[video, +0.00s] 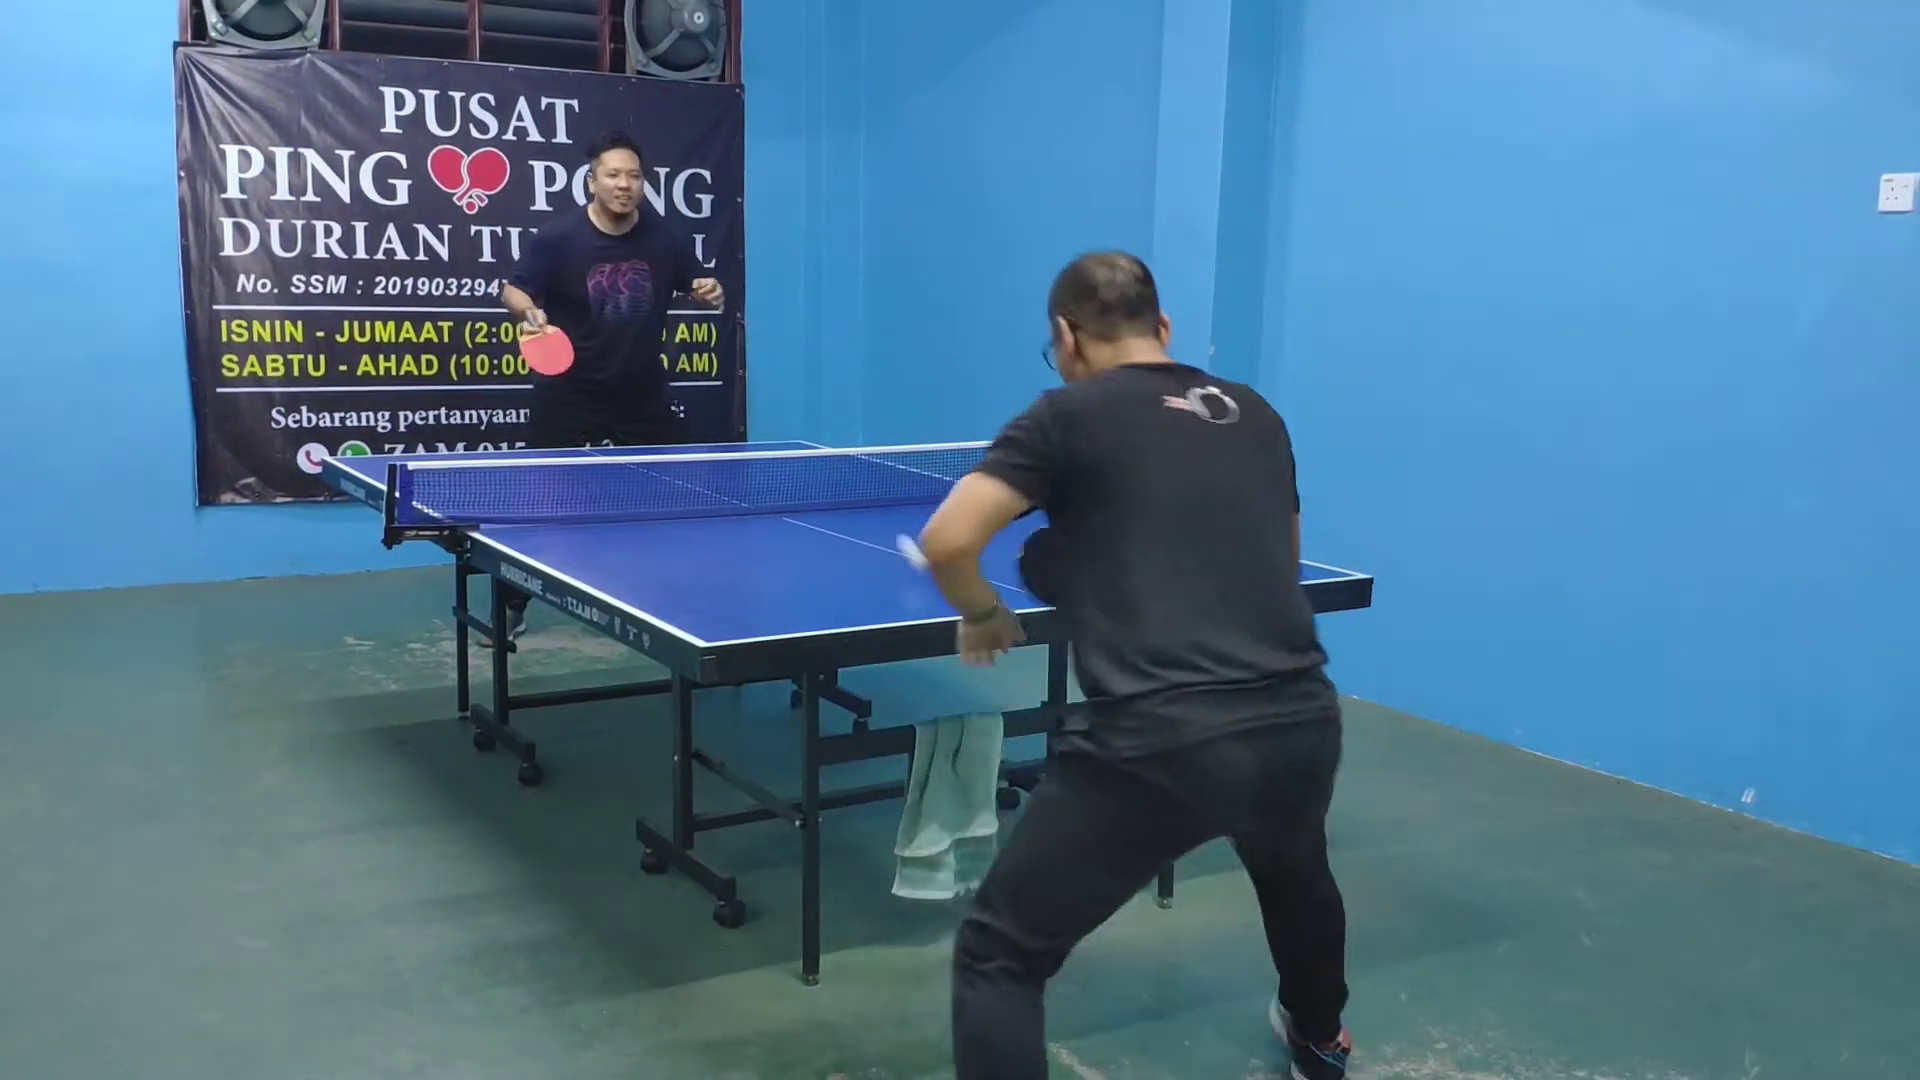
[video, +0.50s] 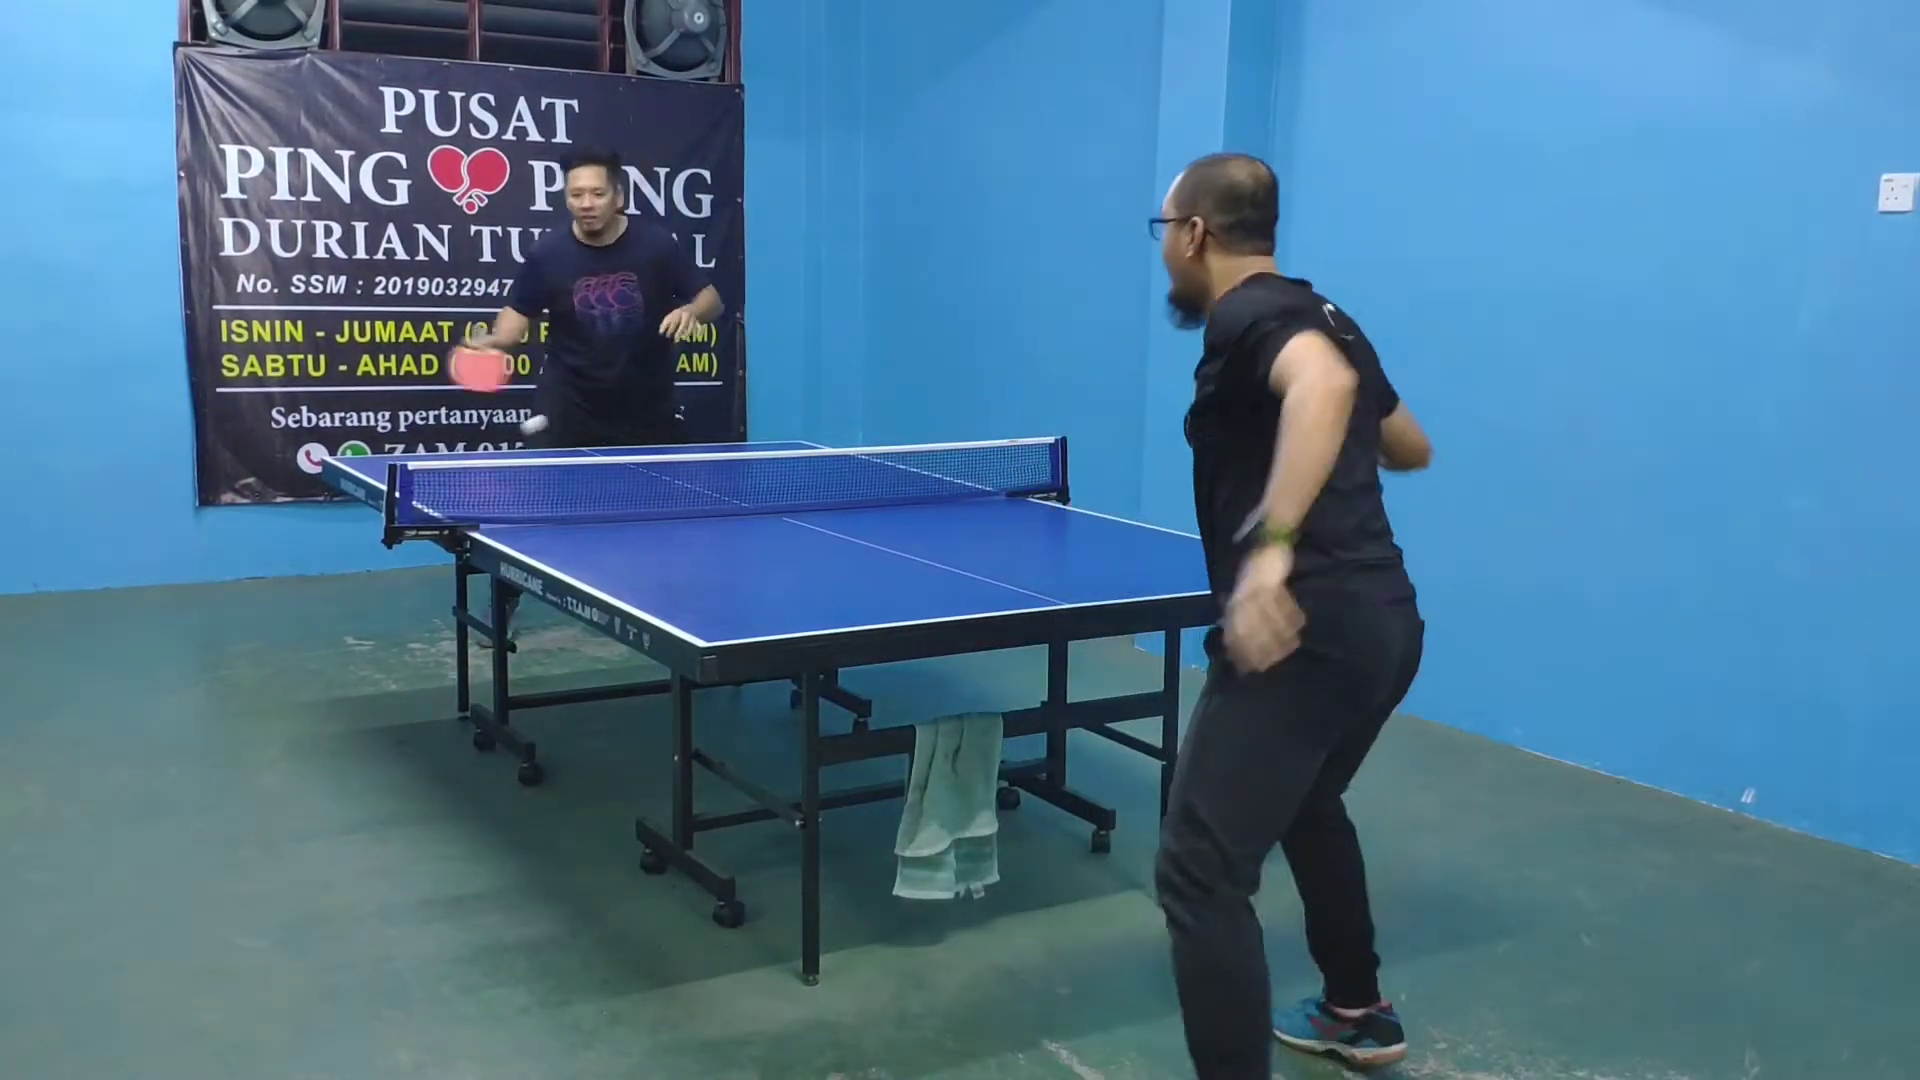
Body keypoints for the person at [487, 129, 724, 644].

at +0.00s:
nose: (624, 184)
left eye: (632, 176)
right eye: (613, 175)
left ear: (643, 183)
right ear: (592, 181)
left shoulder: (662, 237)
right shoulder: (558, 239)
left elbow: (695, 283)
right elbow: (512, 289)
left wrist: (709, 291)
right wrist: (528, 311)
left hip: (642, 394)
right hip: (567, 396)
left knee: (675, 489)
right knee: (543, 497)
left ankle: (675, 601)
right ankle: (511, 602)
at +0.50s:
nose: (585, 204)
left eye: (595, 194)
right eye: (576, 195)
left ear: (618, 196)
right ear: (567, 200)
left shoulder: (655, 244)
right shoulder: (549, 254)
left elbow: (711, 297)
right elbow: (517, 313)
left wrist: (692, 311)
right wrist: (497, 341)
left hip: (648, 409)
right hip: (574, 411)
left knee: (660, 510)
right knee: (540, 505)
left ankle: (664, 609)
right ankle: (502, 605)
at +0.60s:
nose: (553, 208)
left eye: (563, 197)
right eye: (546, 199)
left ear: (593, 197)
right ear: (539, 201)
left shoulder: (637, 243)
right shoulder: (530, 259)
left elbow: (694, 289)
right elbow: (485, 314)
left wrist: (694, 315)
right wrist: (432, 329)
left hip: (633, 408)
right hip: (555, 410)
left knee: (658, 510)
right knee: (511, 500)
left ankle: (665, 618)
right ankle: (471, 616)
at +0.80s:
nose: (486, 221)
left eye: (497, 210)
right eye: (479, 210)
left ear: (527, 208)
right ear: (473, 210)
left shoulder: (580, 250)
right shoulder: (470, 275)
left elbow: (637, 282)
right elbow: (424, 334)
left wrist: (668, 318)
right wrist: (394, 356)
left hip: (596, 411)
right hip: (518, 418)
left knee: (658, 502)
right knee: (484, 513)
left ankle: (687, 618)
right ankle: (452, 622)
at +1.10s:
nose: (493, 202)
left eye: (501, 192)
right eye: (480, 194)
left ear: (517, 197)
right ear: (463, 204)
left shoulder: (553, 234)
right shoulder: (455, 269)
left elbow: (602, 267)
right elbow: (445, 338)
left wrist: (636, 291)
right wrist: (468, 350)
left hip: (574, 398)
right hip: (501, 408)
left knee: (628, 493)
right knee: (478, 508)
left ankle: (667, 610)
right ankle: (451, 621)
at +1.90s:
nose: (523, 191)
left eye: (529, 182)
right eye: (511, 184)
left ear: (538, 186)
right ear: (489, 191)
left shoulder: (571, 240)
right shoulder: (470, 247)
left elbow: (618, 289)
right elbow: (439, 314)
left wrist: (621, 311)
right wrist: (464, 341)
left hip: (564, 395)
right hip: (491, 398)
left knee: (608, 483)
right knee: (446, 479)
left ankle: (631, 594)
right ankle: (426, 584)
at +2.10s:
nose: (439, 202)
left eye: (448, 193)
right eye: (429, 194)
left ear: (469, 197)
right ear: (417, 203)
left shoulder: (512, 245)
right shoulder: (400, 263)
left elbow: (576, 276)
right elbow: (342, 297)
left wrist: (639, 304)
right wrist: (286, 330)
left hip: (519, 397)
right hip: (447, 402)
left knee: (577, 482)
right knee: (410, 488)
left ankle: (611, 580)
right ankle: (390, 587)